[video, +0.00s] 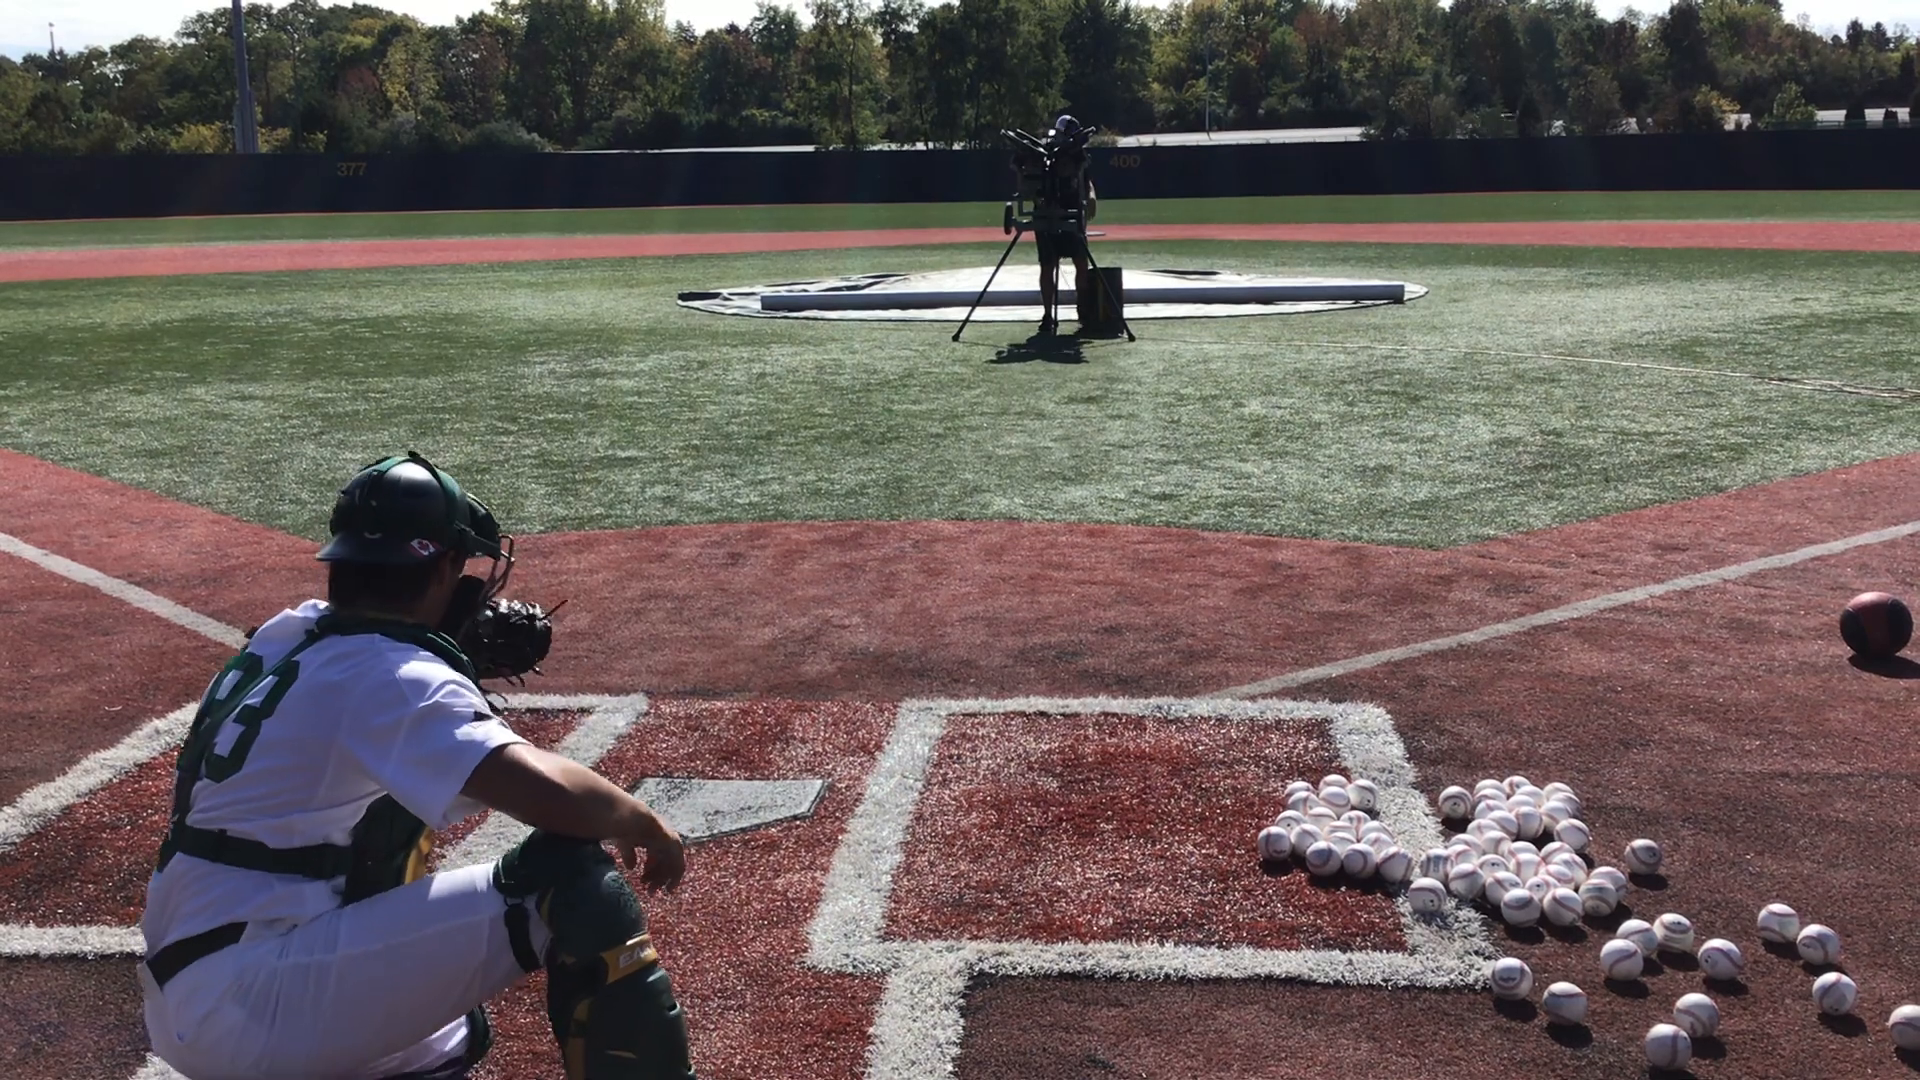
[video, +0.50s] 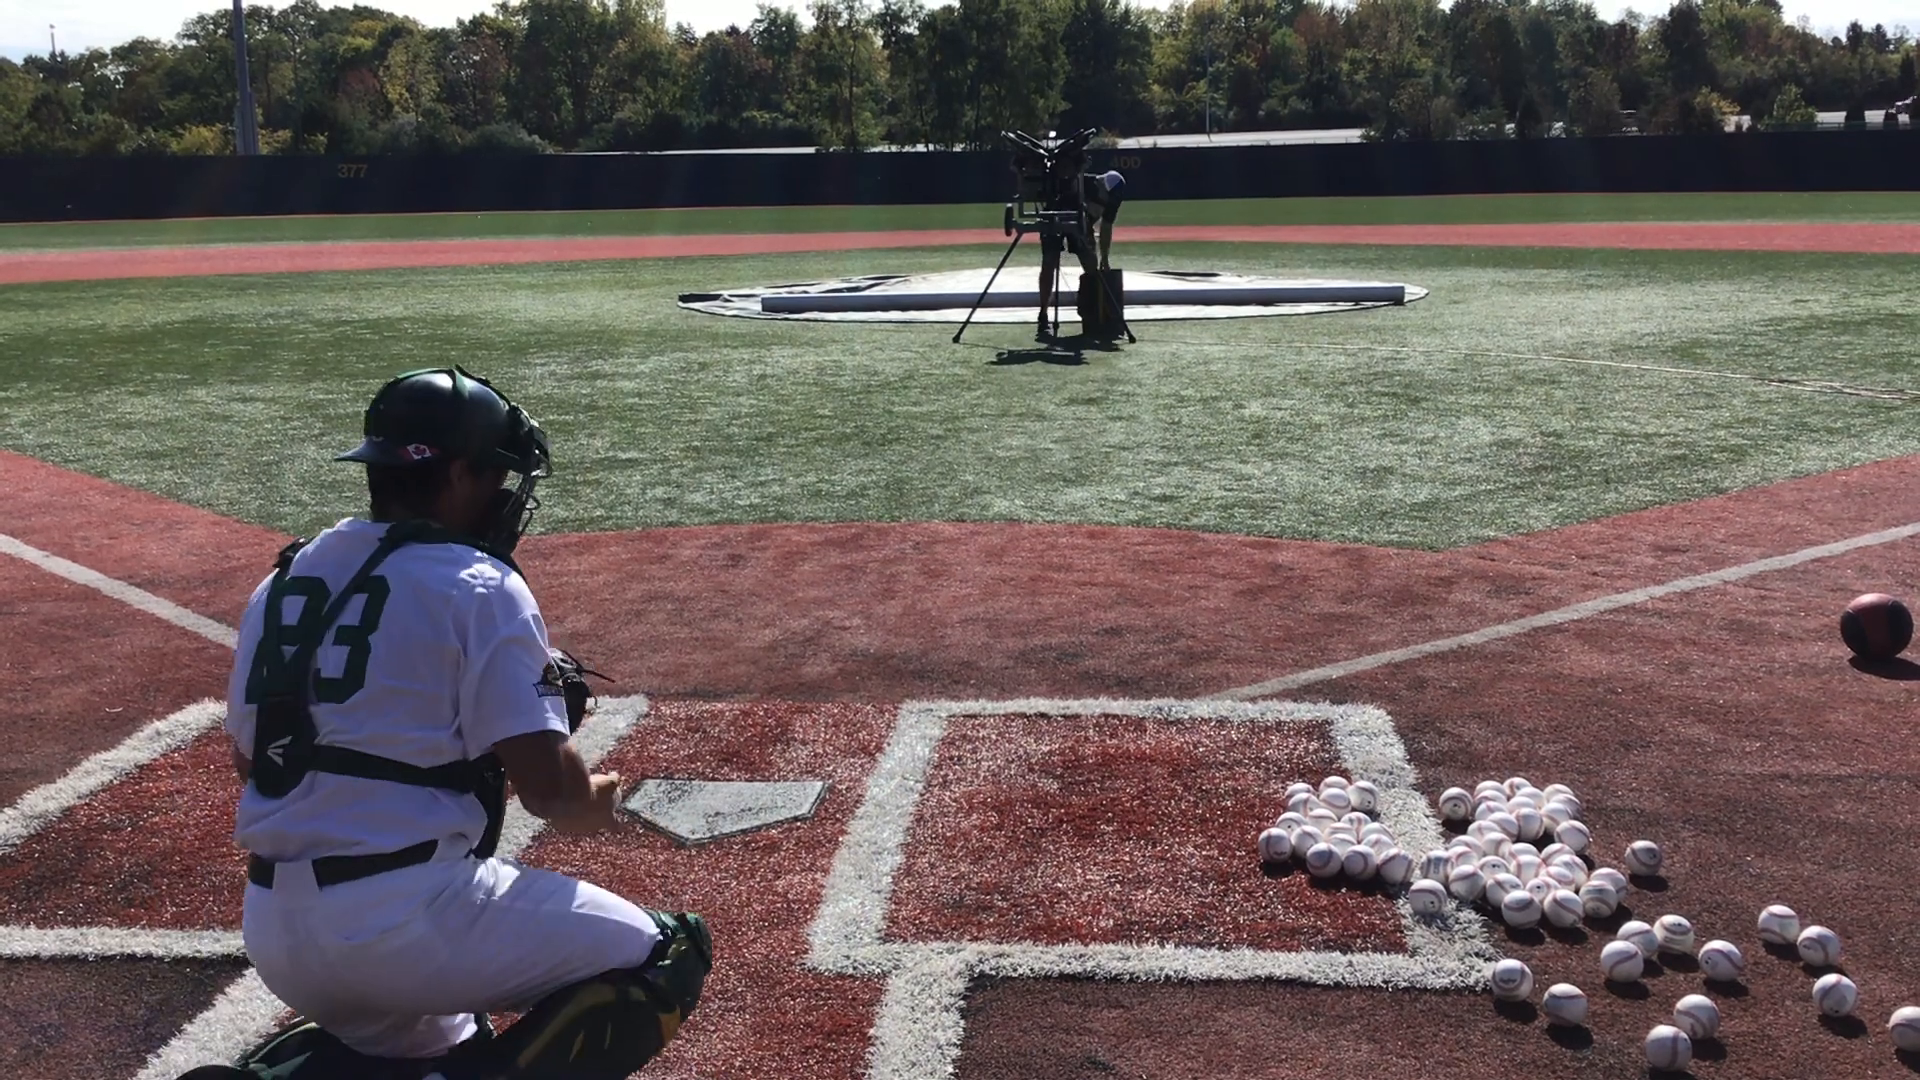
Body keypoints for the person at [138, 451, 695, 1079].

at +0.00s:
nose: (472, 584)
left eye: (470, 566)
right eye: (464, 568)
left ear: (345, 564)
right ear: (437, 575)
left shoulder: (287, 628)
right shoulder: (391, 675)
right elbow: (548, 789)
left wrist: (453, 641)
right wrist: (641, 822)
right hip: (245, 1000)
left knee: (450, 1033)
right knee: (569, 880)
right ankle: (638, 1058)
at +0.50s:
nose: (508, 492)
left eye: (507, 473)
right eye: (497, 473)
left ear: (384, 476)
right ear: (456, 479)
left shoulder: (282, 582)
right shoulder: (480, 589)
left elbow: (250, 752)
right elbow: (547, 785)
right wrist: (597, 804)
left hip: (275, 927)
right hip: (411, 916)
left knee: (454, 1042)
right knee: (664, 956)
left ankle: (284, 1064)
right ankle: (498, 1063)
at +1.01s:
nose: (678, 448)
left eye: (679, 429)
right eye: (670, 429)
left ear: (558, 425)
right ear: (631, 431)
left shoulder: (448, 536)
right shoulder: (700, 560)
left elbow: (349, 695)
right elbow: (765, 731)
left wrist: (417, 733)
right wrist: (747, 781)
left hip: (456, 864)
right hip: (605, 883)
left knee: (435, 1034)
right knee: (688, 1045)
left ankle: (358, 1047)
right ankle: (507, 1064)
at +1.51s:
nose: (606, 482)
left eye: (600, 465)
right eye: (600, 468)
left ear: (469, 479)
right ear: (585, 488)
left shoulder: (382, 610)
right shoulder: (654, 615)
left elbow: (321, 800)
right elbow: (715, 790)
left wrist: (439, 783)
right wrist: (606, 771)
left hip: (413, 969)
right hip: (582, 981)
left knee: (318, 911)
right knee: (694, 1040)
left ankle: (366, 1066)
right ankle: (557, 1070)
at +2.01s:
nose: (526, 534)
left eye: (521, 517)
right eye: (518, 519)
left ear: (384, 527)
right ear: (493, 540)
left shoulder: (293, 647)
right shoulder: (535, 663)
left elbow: (253, 818)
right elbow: (617, 867)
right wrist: (606, 772)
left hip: (266, 1036)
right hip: (425, 1047)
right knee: (727, 925)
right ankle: (558, 1070)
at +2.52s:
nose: (523, 576)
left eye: (520, 561)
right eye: (515, 565)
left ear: (384, 566)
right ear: (490, 583)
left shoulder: (300, 660)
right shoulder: (526, 683)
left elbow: (242, 838)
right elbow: (613, 888)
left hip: (232, 1045)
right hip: (398, 1058)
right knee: (703, 911)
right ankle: (563, 1064)